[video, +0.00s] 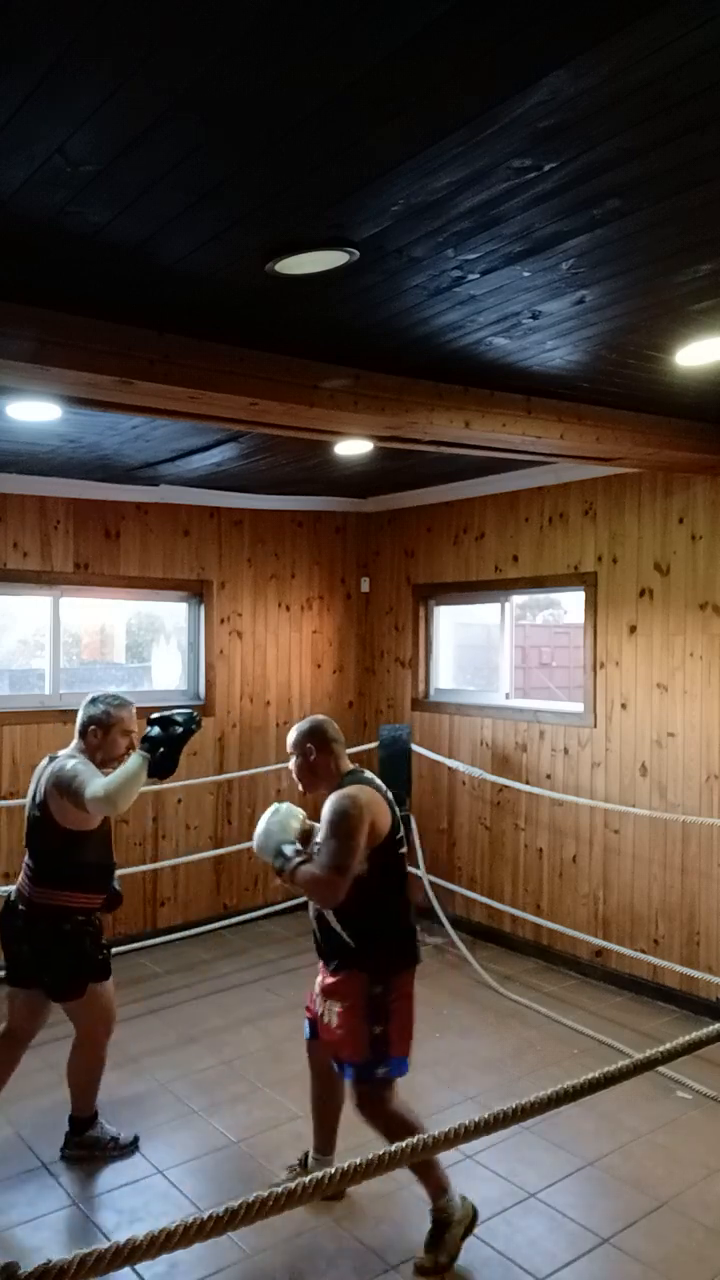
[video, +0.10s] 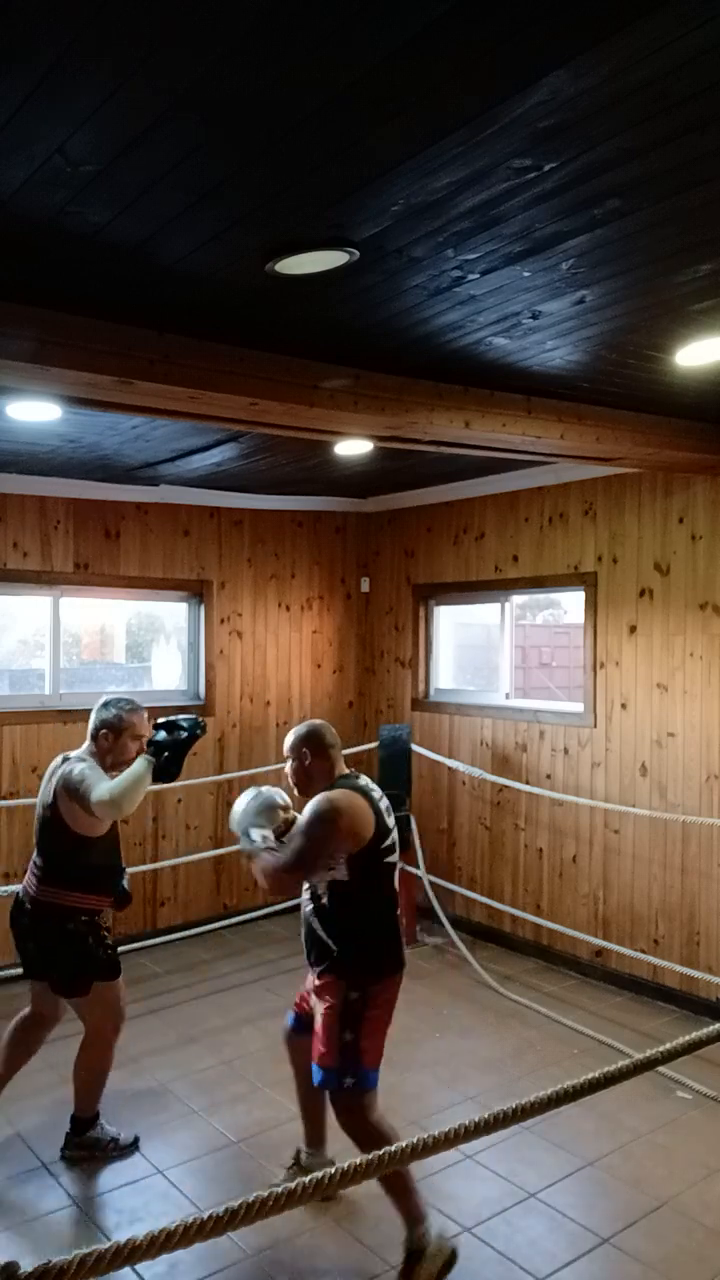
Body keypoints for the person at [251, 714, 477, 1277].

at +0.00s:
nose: (292, 770)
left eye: (296, 759)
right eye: (292, 760)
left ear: (318, 756)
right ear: (334, 751)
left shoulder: (349, 802)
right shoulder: (364, 791)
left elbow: (329, 885)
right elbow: (384, 865)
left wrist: (287, 864)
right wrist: (311, 841)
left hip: (374, 969)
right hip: (343, 962)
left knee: (373, 1098)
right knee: (320, 1050)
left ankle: (449, 1206)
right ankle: (322, 1166)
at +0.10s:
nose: (289, 771)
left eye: (293, 761)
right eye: (288, 762)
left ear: (314, 759)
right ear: (334, 753)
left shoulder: (332, 806)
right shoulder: (363, 791)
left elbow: (275, 880)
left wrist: (255, 842)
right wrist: (288, 829)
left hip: (357, 974)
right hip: (339, 962)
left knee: (353, 1109)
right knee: (299, 1038)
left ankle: (423, 1237)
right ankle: (315, 1158)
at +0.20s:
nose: (278, 775)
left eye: (282, 764)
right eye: (279, 765)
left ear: (300, 764)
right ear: (327, 758)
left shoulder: (313, 812)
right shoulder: (355, 800)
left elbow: (244, 861)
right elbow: (284, 845)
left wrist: (231, 813)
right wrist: (262, 810)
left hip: (346, 984)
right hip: (326, 970)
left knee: (368, 1120)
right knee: (276, 1033)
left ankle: (434, 1251)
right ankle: (295, 1148)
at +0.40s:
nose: (248, 771)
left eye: (254, 762)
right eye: (249, 763)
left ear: (282, 760)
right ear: (285, 758)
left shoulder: (311, 799)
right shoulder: (283, 797)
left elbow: (266, 877)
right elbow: (208, 772)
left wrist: (242, 828)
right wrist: (159, 732)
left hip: (335, 972)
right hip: (305, 966)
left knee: (315, 1112)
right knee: (289, 1060)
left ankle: (349, 1252)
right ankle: (303, 1154)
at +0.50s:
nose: (239, 778)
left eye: (241, 768)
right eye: (239, 769)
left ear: (259, 764)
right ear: (276, 757)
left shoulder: (303, 801)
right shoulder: (278, 799)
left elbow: (267, 880)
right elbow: (197, 771)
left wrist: (236, 842)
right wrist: (146, 735)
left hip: (326, 977)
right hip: (298, 969)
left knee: (300, 1118)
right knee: (288, 1073)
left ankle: (320, 1260)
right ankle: (299, 1158)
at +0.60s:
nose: (230, 778)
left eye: (231, 768)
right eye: (229, 769)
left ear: (246, 764)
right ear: (270, 756)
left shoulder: (290, 807)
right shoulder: (292, 798)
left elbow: (256, 891)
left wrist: (225, 861)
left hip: (309, 984)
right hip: (301, 977)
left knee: (292, 1123)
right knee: (292, 1088)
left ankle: (321, 1263)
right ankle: (294, 1164)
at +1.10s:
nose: (209, 774)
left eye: (210, 765)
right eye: (214, 765)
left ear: (219, 763)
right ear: (258, 760)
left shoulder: (216, 808)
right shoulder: (292, 799)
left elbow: (165, 890)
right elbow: (279, 875)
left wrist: (166, 839)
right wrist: (203, 846)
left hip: (248, 980)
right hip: (298, 972)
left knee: (207, 1123)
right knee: (262, 1081)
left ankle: (283, 1247)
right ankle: (261, 1190)